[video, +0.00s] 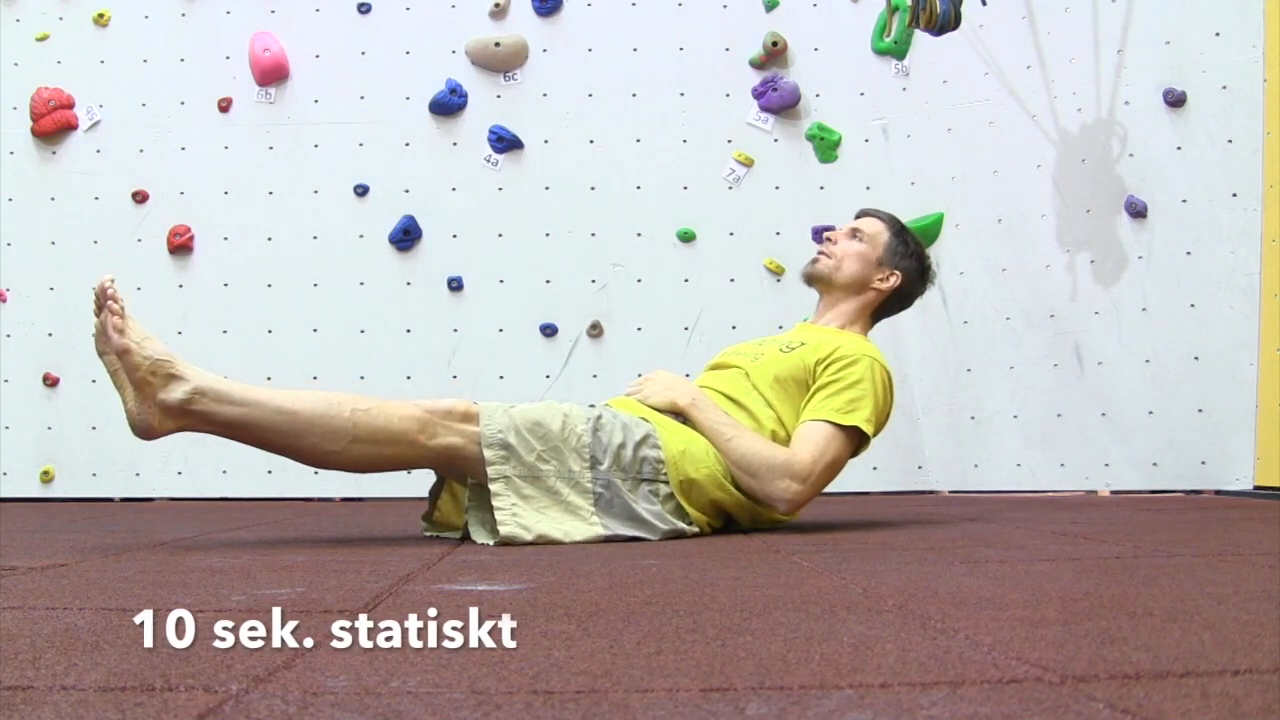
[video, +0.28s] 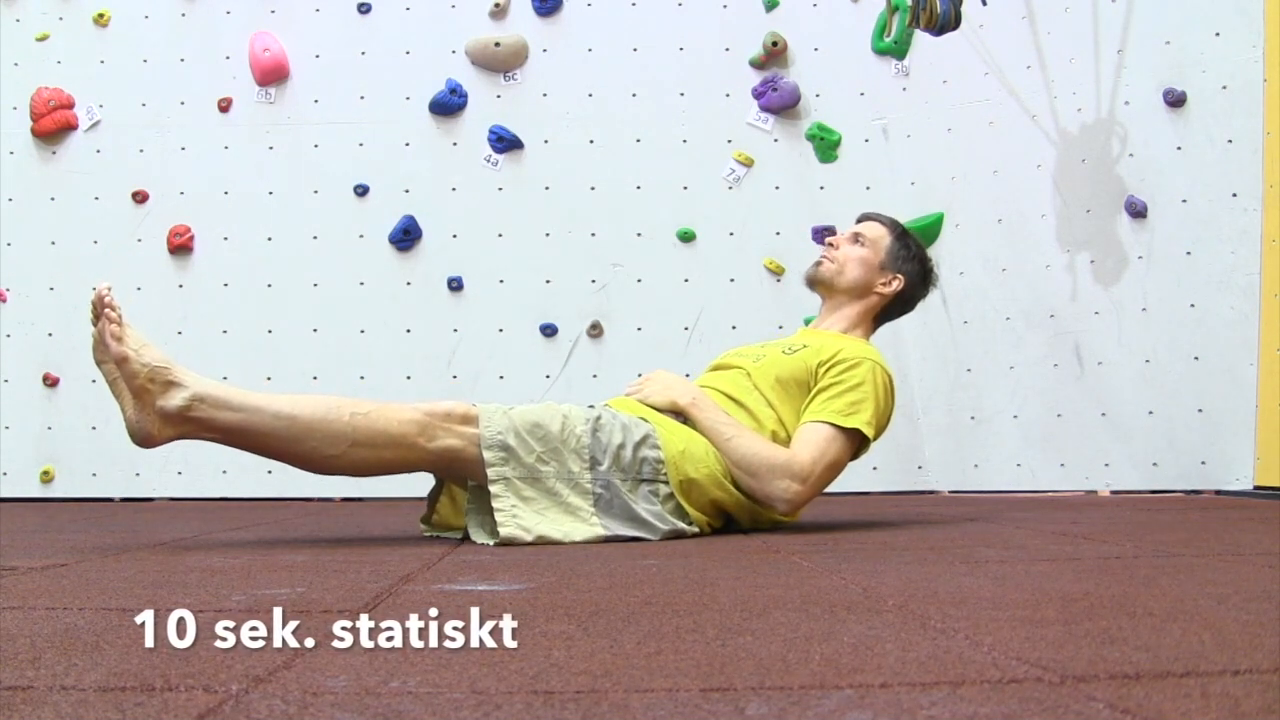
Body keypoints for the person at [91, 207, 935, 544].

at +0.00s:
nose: (826, 237)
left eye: (851, 236)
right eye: (835, 230)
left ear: (887, 282)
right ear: (840, 268)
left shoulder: (856, 362)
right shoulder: (787, 348)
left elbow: (790, 487)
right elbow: (746, 463)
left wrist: (692, 398)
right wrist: (673, 407)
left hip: (668, 459)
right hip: (643, 446)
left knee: (445, 426)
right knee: (432, 427)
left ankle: (178, 395)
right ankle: (178, 397)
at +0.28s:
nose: (830, 241)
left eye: (853, 240)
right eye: (838, 234)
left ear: (886, 284)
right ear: (845, 272)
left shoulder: (858, 365)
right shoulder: (796, 351)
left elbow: (789, 488)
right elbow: (746, 460)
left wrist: (694, 399)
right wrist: (672, 400)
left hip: (664, 461)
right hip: (644, 447)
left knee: (440, 429)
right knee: (431, 431)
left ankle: (176, 402)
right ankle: (177, 405)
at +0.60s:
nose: (833, 242)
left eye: (857, 242)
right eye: (843, 235)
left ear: (887, 286)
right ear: (847, 273)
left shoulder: (858, 367)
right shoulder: (795, 352)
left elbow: (789, 489)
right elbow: (745, 462)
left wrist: (694, 399)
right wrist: (672, 403)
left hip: (662, 459)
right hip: (640, 444)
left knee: (443, 427)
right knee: (432, 429)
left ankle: (178, 398)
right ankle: (180, 399)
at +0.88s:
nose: (834, 245)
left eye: (858, 245)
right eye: (841, 238)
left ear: (889, 289)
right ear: (844, 274)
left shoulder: (858, 368)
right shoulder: (796, 355)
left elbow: (789, 489)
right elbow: (748, 467)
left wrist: (694, 398)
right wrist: (672, 404)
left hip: (661, 460)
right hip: (640, 447)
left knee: (440, 427)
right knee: (428, 431)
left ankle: (178, 398)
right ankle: (179, 399)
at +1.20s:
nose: (833, 247)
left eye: (857, 247)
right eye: (841, 239)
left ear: (889, 292)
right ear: (843, 274)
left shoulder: (859, 368)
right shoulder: (797, 354)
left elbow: (790, 490)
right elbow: (749, 466)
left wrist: (696, 399)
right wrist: (674, 402)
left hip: (663, 460)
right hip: (641, 446)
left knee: (442, 428)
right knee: (429, 431)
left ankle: (177, 400)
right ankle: (178, 403)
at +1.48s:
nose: (837, 249)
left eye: (860, 248)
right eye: (845, 241)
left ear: (892, 292)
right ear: (848, 275)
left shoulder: (860, 370)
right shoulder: (800, 355)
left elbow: (790, 490)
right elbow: (752, 468)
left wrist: (696, 399)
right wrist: (675, 403)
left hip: (660, 460)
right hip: (640, 447)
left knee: (443, 428)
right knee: (430, 433)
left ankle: (177, 402)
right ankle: (177, 406)